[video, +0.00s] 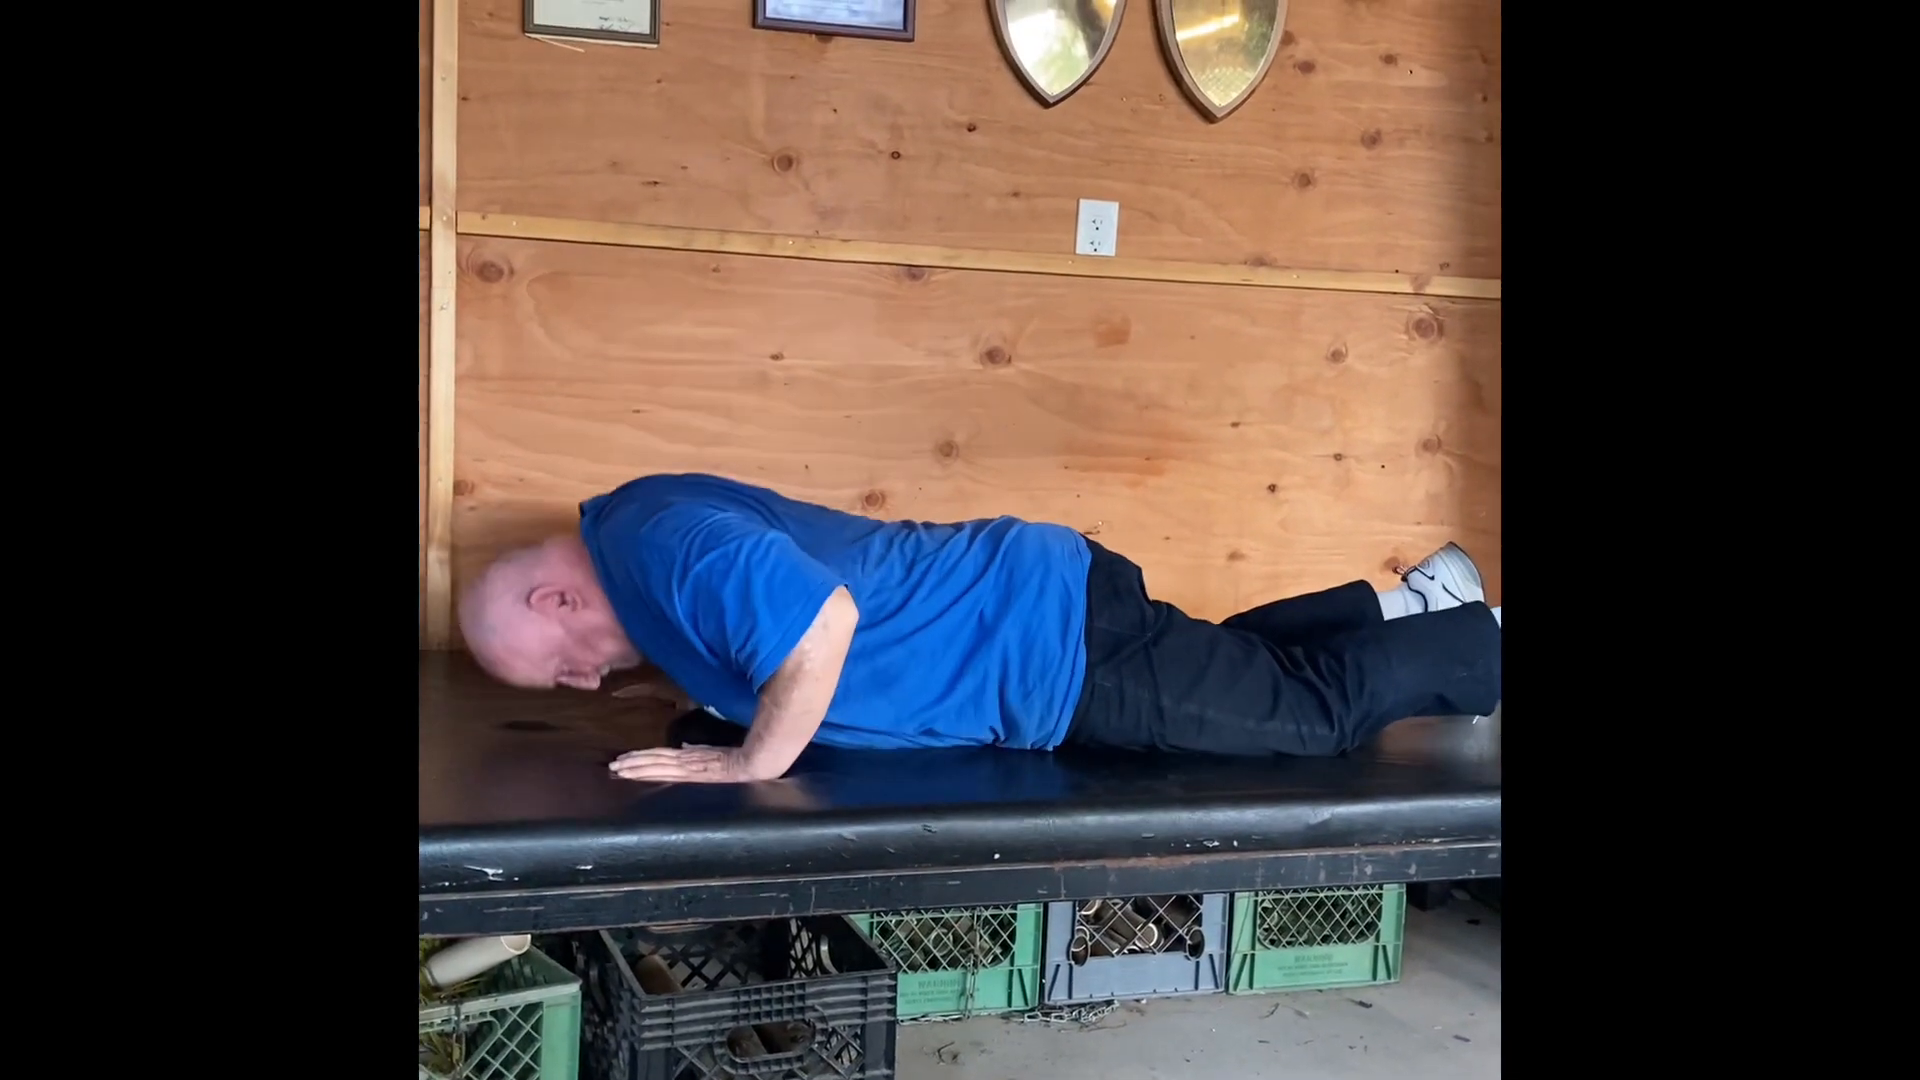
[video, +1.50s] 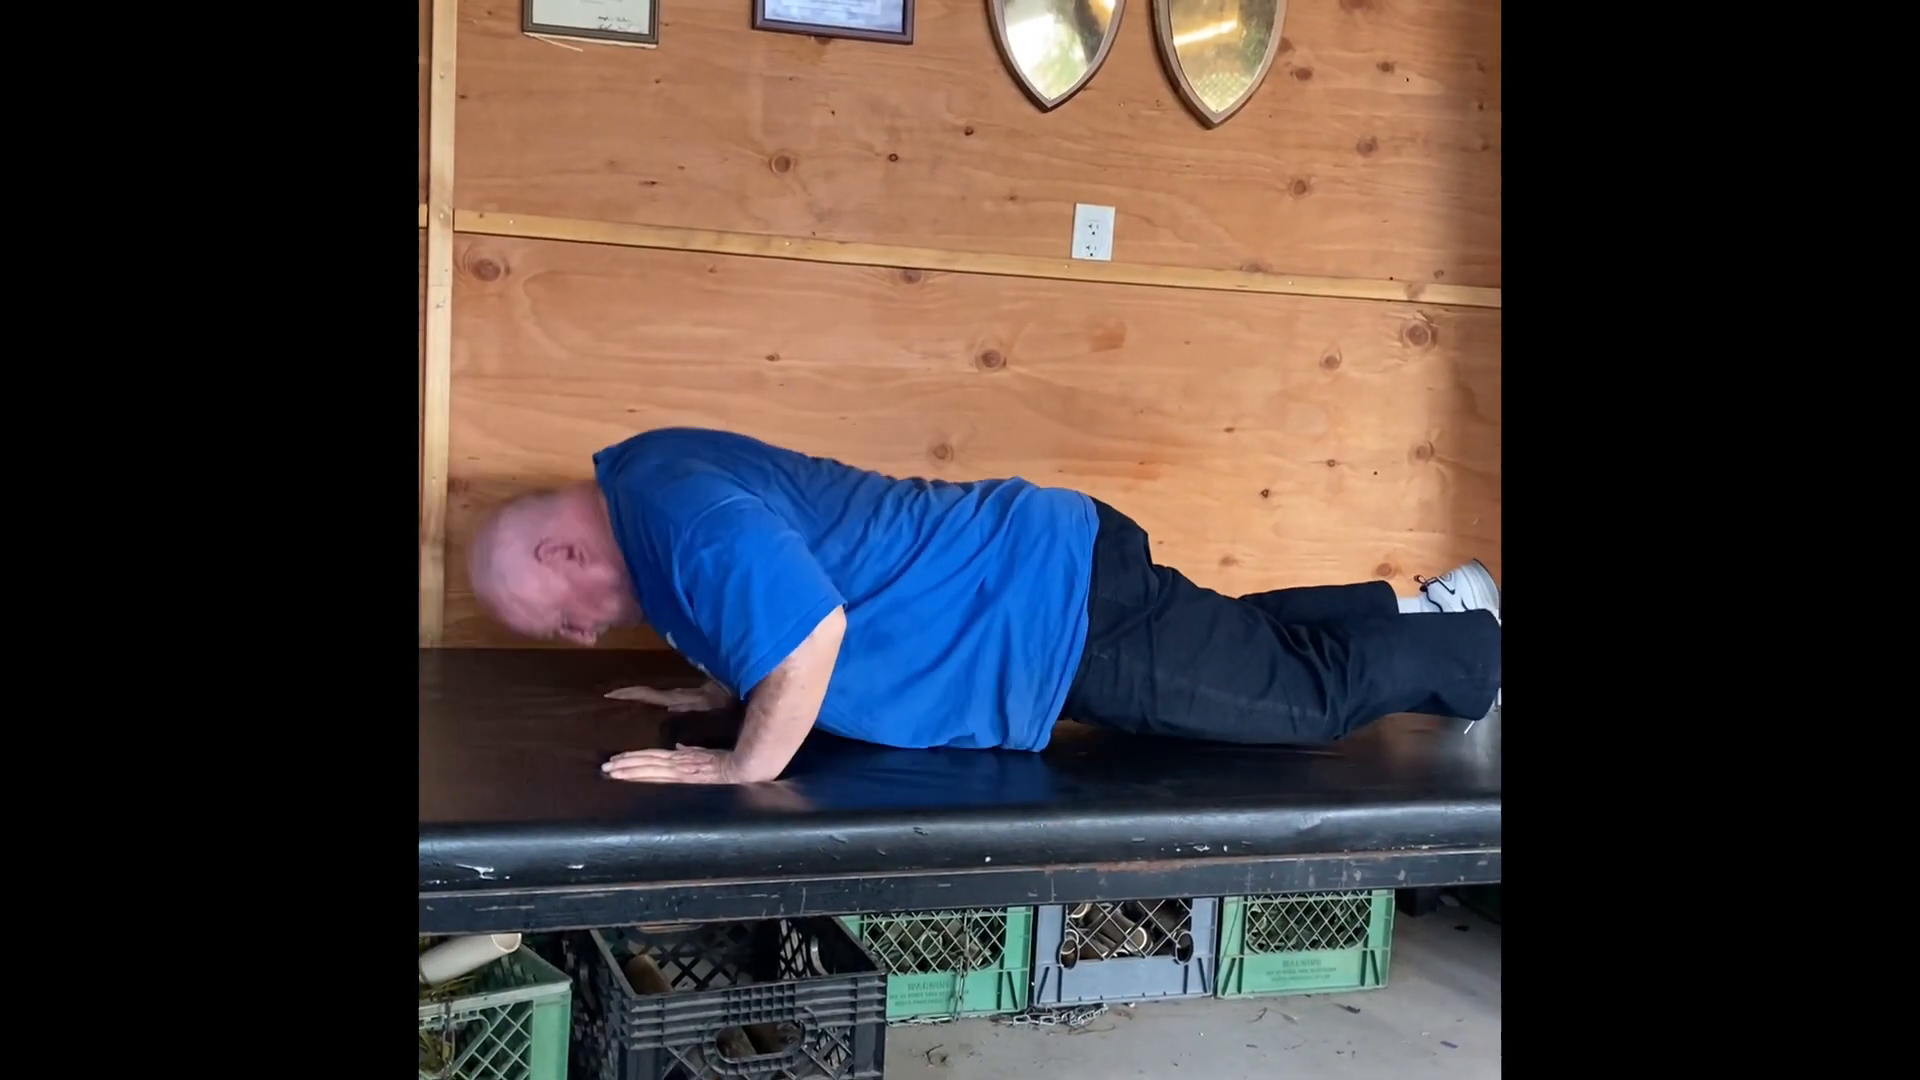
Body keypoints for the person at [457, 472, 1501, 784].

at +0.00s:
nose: (591, 675)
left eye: (566, 661)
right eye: (567, 674)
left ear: (554, 598)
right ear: (551, 589)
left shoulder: (667, 545)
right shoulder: (631, 559)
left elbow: (817, 625)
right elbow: (777, 637)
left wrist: (757, 764)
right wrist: (722, 717)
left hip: (1053, 636)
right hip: (1025, 655)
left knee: (1312, 709)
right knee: (1243, 676)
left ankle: (1484, 640)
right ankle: (1417, 603)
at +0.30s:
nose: (589, 601)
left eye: (566, 590)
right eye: (567, 596)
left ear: (570, 526)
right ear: (565, 498)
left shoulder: (700, 508)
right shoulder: (660, 472)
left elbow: (821, 628)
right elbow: (769, 591)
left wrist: (756, 768)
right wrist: (743, 683)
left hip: (1067, 623)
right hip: (1043, 589)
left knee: (1317, 712)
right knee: (1254, 661)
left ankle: (1486, 654)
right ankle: (1436, 609)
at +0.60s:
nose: (609, 537)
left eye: (586, 522)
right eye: (583, 530)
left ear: (587, 463)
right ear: (585, 443)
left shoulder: (717, 449)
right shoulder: (682, 429)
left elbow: (808, 614)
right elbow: (759, 585)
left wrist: (763, 767)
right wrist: (733, 702)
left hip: (1076, 575)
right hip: (1051, 569)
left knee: (1318, 680)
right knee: (1283, 644)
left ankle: (1488, 648)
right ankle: (1447, 602)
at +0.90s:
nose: (603, 549)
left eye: (579, 531)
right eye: (577, 552)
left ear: (571, 469)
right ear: (573, 491)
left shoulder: (700, 463)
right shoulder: (673, 444)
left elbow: (804, 607)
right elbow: (766, 594)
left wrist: (757, 767)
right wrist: (735, 711)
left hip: (1069, 581)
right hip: (1045, 573)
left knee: (1306, 686)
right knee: (1278, 644)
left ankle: (1482, 649)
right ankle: (1460, 606)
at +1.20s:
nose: (599, 670)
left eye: (577, 656)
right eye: (576, 670)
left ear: (562, 594)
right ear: (555, 582)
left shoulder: (676, 542)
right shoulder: (623, 537)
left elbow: (808, 634)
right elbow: (755, 640)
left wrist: (744, 771)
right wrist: (716, 715)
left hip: (1057, 619)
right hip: (1027, 642)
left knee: (1304, 708)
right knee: (1246, 671)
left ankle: (1481, 643)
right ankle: (1422, 610)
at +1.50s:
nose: (591, 622)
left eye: (568, 613)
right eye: (570, 619)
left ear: (566, 557)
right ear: (559, 528)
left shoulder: (683, 518)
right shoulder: (641, 487)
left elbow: (807, 633)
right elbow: (780, 599)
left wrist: (740, 771)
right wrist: (722, 693)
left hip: (1060, 607)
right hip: (1033, 586)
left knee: (1306, 687)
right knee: (1262, 654)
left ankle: (1479, 648)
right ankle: (1435, 612)